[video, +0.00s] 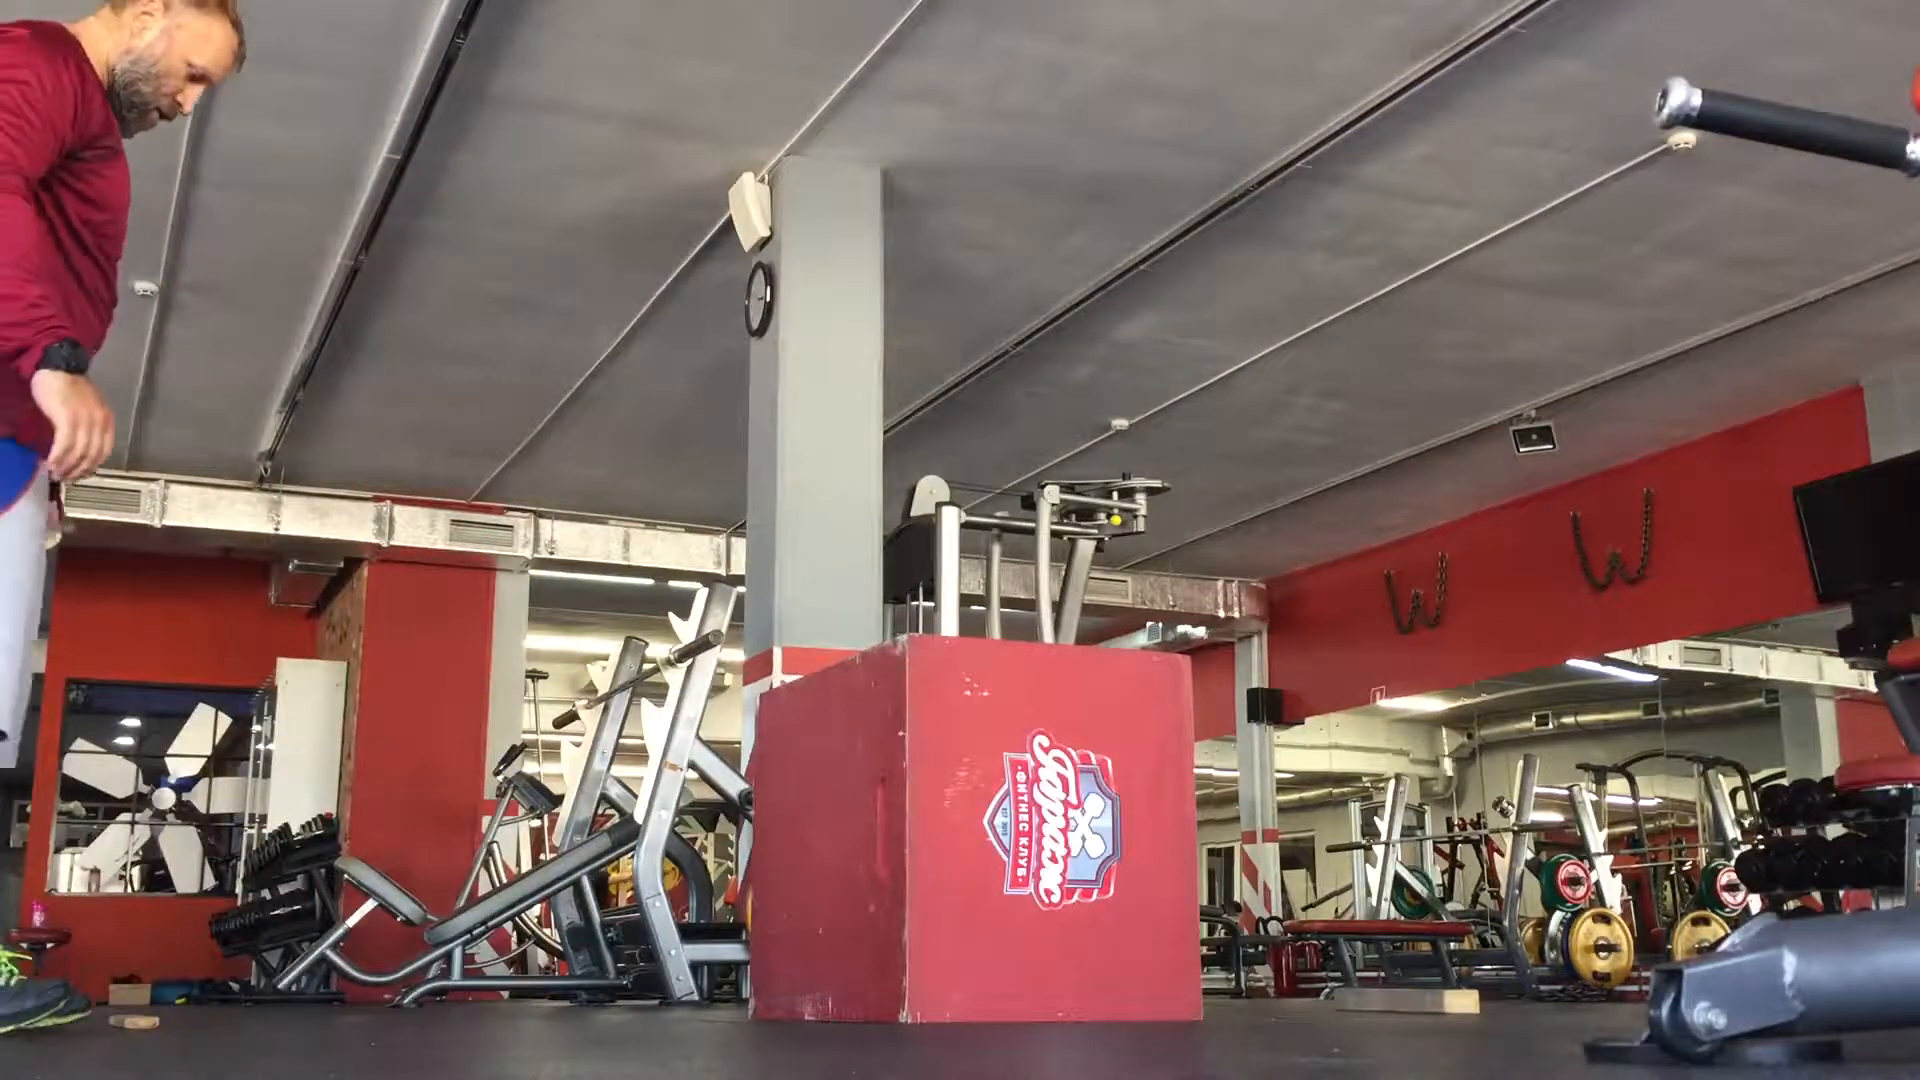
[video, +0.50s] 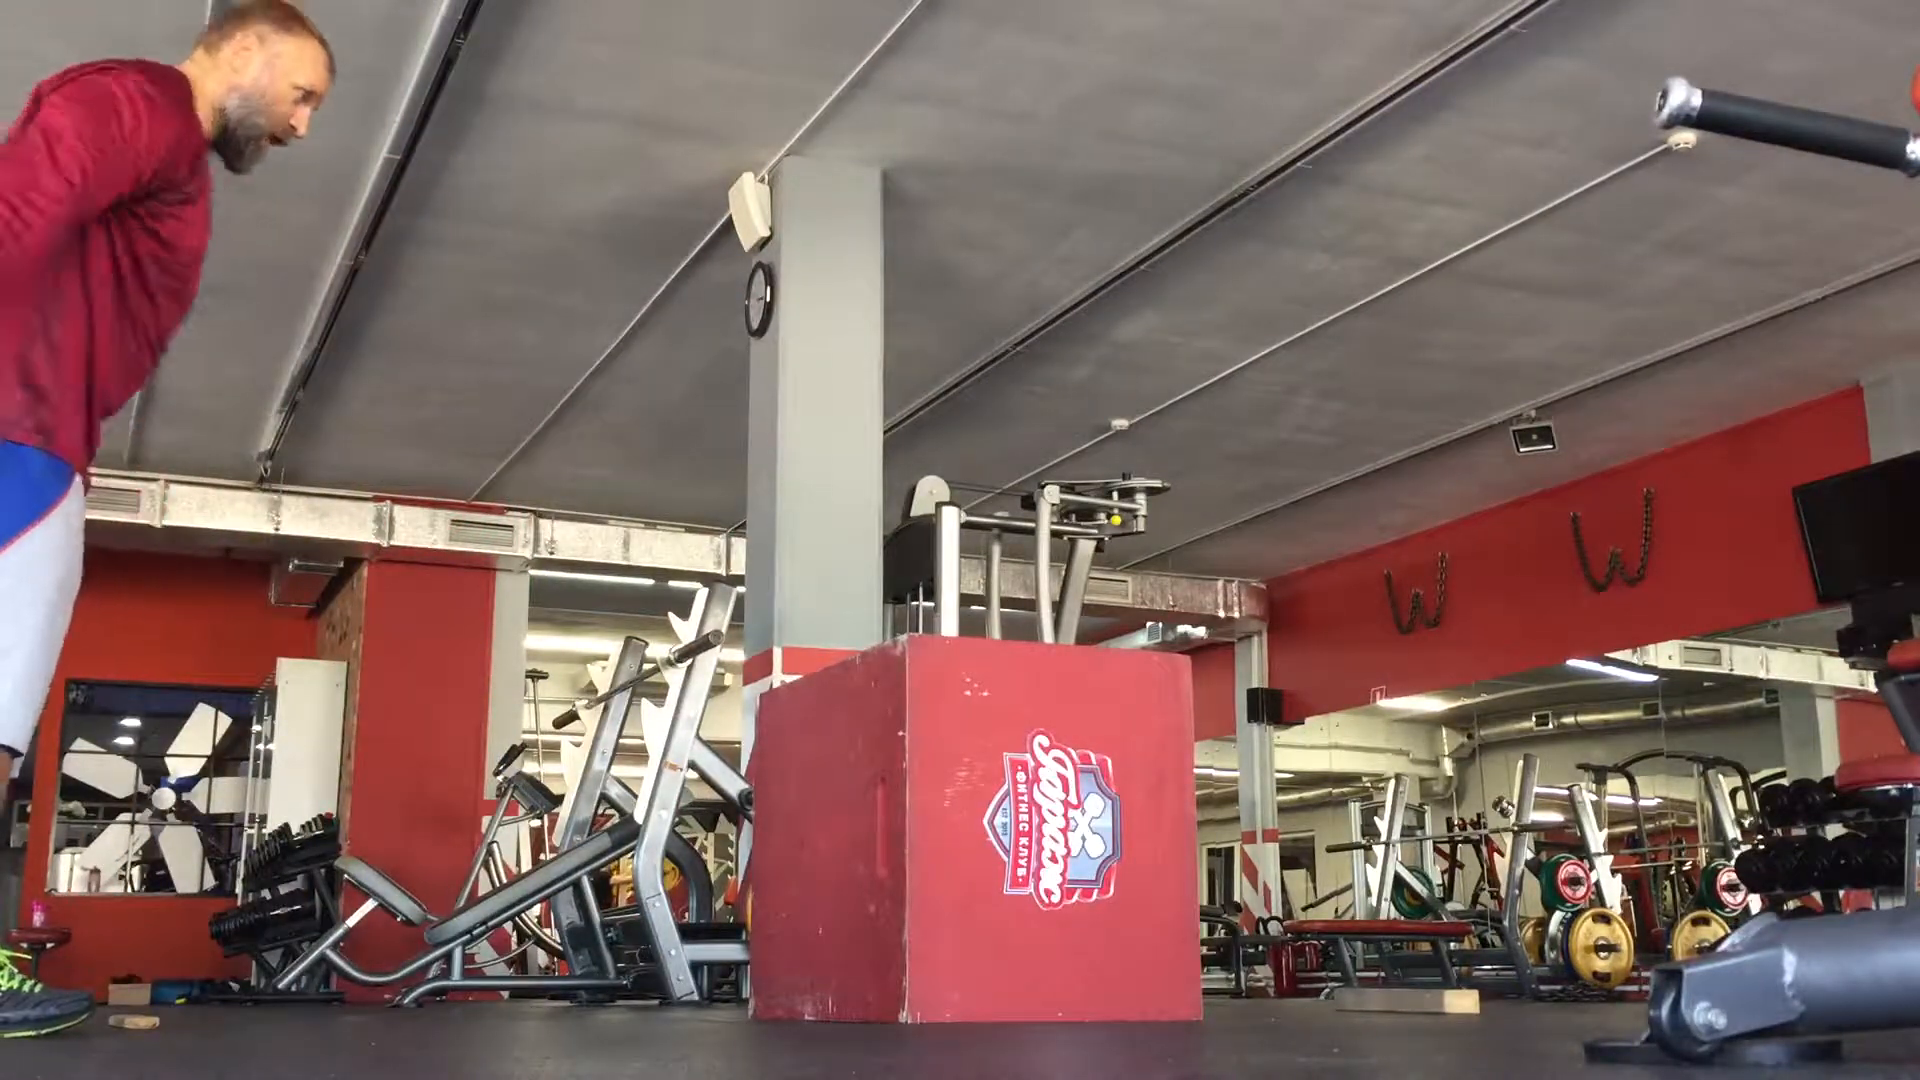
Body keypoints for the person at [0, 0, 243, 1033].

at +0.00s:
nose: (188, 105)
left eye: (204, 93)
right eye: (195, 75)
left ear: (141, 23)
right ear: (147, 16)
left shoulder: (74, 93)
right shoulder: (42, 67)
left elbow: (34, 256)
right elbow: (2, 195)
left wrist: (45, 465)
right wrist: (48, 364)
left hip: (25, 451)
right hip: (9, 449)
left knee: (9, 708)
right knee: (3, 710)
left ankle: (7, 963)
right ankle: (2, 966)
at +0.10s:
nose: (202, 111)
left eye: (216, 98)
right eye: (208, 81)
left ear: (160, 36)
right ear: (158, 22)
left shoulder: (91, 119)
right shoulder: (53, 77)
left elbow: (44, 308)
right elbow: (3, 197)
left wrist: (69, 467)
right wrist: (65, 365)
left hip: (27, 464)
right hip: (8, 458)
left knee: (10, 724)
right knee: (5, 724)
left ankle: (4, 964)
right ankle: (0, 966)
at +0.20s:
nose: (218, 104)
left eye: (229, 92)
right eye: (220, 75)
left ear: (166, 35)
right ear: (164, 22)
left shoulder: (104, 129)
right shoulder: (67, 80)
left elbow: (57, 326)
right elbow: (16, 207)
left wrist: (114, 471)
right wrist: (94, 375)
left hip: (39, 460)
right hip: (17, 451)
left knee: (18, 712)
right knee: (13, 711)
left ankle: (6, 960)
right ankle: (3, 962)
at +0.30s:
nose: (232, 101)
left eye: (243, 86)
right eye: (233, 71)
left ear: (177, 33)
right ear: (177, 23)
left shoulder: (113, 119)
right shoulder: (83, 83)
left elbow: (63, 339)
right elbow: (32, 219)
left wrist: (120, 477)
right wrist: (112, 398)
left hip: (37, 460)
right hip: (18, 453)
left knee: (12, 719)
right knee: (7, 719)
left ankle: (6, 965)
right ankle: (2, 968)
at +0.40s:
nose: (258, 106)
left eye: (269, 91)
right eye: (259, 78)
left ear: (202, 40)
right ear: (203, 34)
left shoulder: (135, 120)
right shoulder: (106, 86)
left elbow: (62, 262)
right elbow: (54, 227)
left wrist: (70, 479)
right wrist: (61, 415)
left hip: (35, 449)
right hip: (19, 446)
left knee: (11, 718)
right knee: (5, 720)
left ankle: (1, 965)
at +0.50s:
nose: (302, 124)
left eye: (314, 108)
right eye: (302, 94)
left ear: (240, 58)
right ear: (240, 52)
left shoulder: (164, 131)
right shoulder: (143, 103)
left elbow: (43, 264)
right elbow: (14, 220)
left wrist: (60, 449)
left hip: (40, 453)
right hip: (25, 451)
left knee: (12, 723)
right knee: (7, 724)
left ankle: (2, 963)